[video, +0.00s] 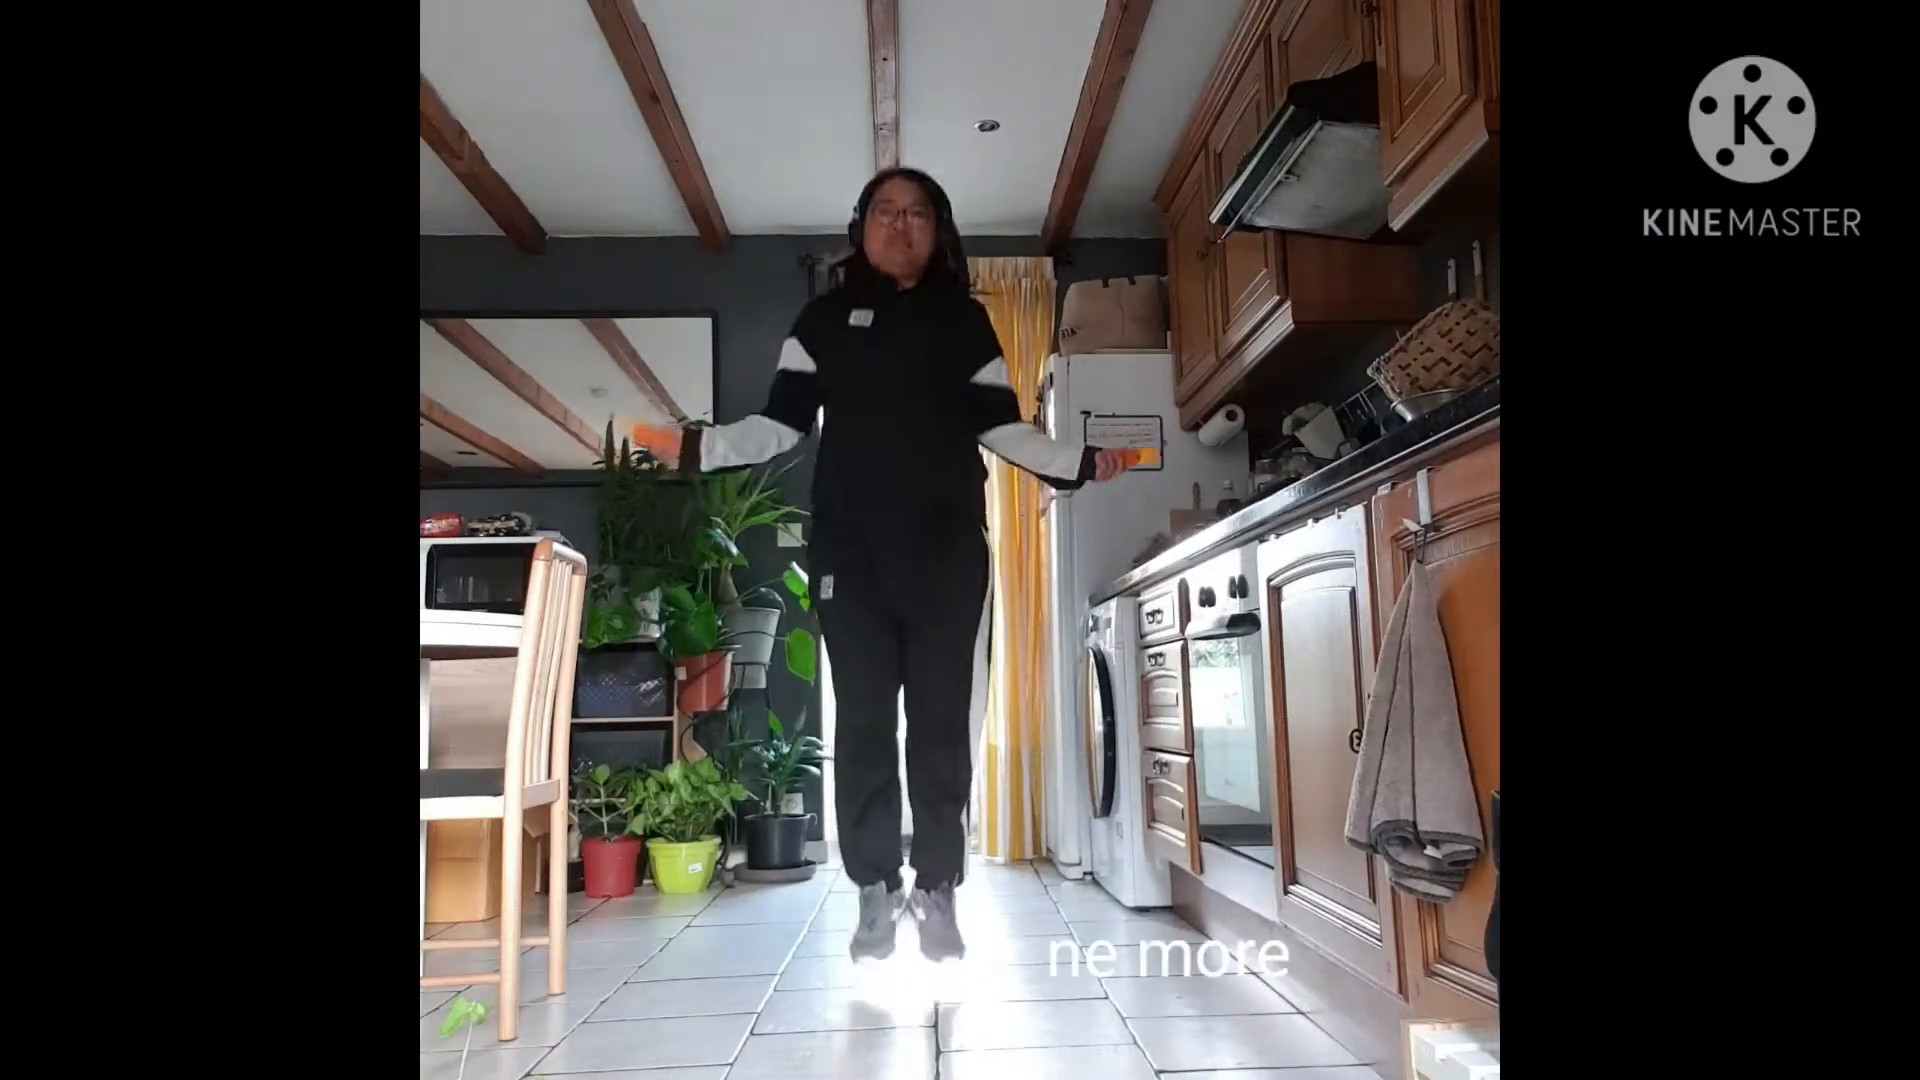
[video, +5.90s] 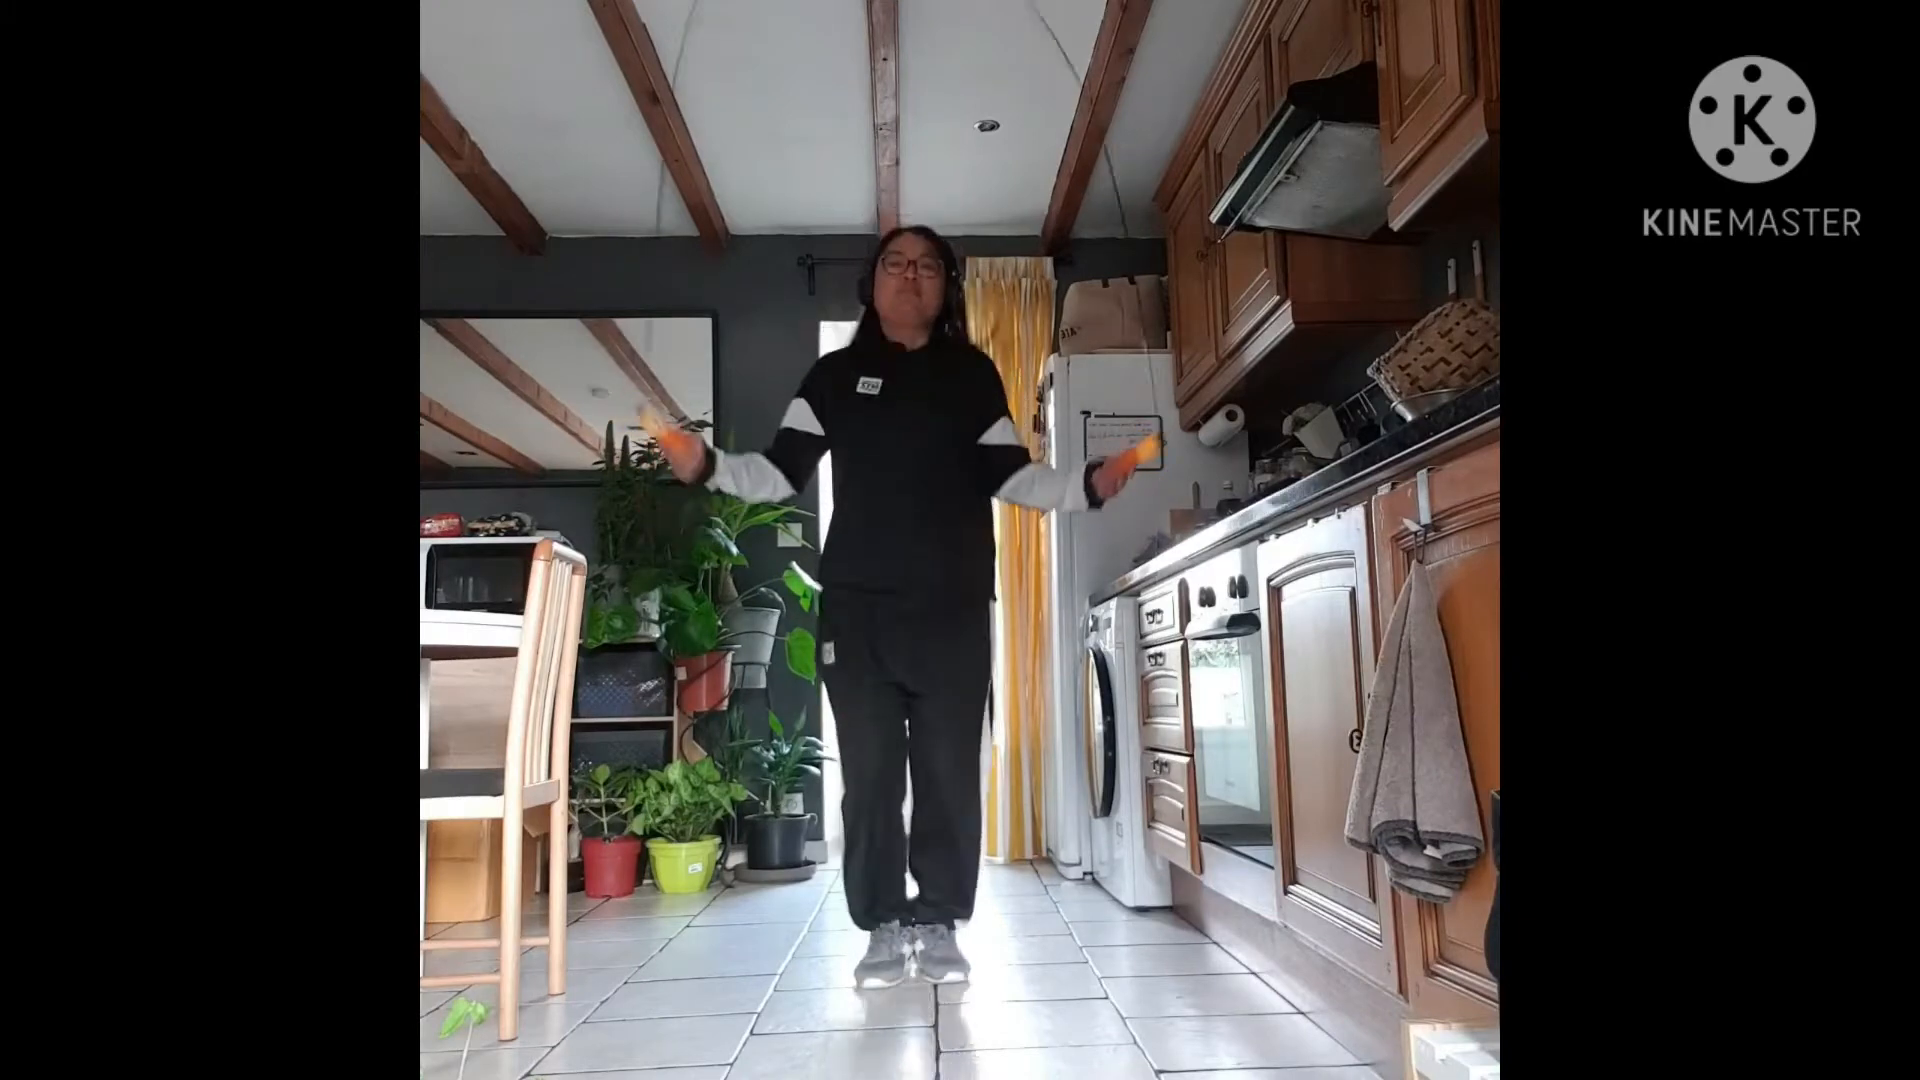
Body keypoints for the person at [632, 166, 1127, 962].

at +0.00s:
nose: (899, 224)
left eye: (915, 213)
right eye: (885, 211)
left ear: (939, 232)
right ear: (860, 229)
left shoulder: (962, 318)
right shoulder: (825, 317)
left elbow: (998, 424)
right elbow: (785, 424)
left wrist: (1068, 464)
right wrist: (706, 443)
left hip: (946, 544)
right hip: (851, 543)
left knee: (941, 720)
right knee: (863, 721)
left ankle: (937, 890)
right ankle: (876, 891)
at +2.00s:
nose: (901, 268)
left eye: (918, 257)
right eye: (887, 255)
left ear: (940, 277)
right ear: (865, 273)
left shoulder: (966, 367)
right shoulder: (827, 364)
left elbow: (1002, 473)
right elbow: (786, 466)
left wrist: (1077, 515)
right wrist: (726, 514)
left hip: (948, 593)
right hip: (852, 592)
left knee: (946, 760)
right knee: (864, 761)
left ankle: (937, 920)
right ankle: (880, 920)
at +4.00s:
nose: (910, 222)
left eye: (925, 213)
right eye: (895, 213)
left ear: (950, 238)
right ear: (871, 237)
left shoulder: (972, 323)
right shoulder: (836, 319)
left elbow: (1009, 428)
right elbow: (786, 424)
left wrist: (1096, 463)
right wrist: (695, 455)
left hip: (953, 548)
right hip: (858, 547)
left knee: (951, 724)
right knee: (870, 725)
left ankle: (941, 891)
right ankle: (882, 896)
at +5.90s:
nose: (908, 275)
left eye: (925, 265)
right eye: (895, 263)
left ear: (947, 287)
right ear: (871, 283)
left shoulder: (971, 372)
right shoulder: (839, 372)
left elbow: (1008, 474)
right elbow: (780, 472)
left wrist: (1087, 484)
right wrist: (708, 464)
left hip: (952, 597)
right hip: (858, 595)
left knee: (946, 764)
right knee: (871, 766)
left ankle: (940, 924)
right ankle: (885, 925)